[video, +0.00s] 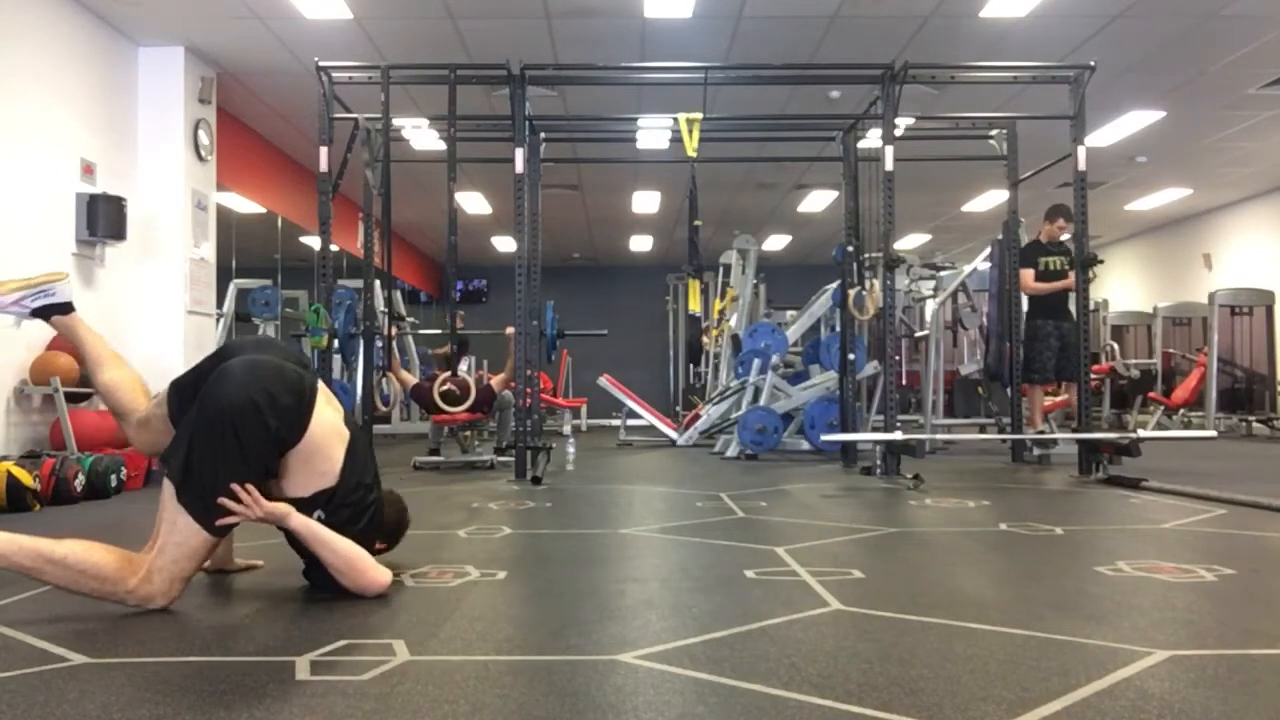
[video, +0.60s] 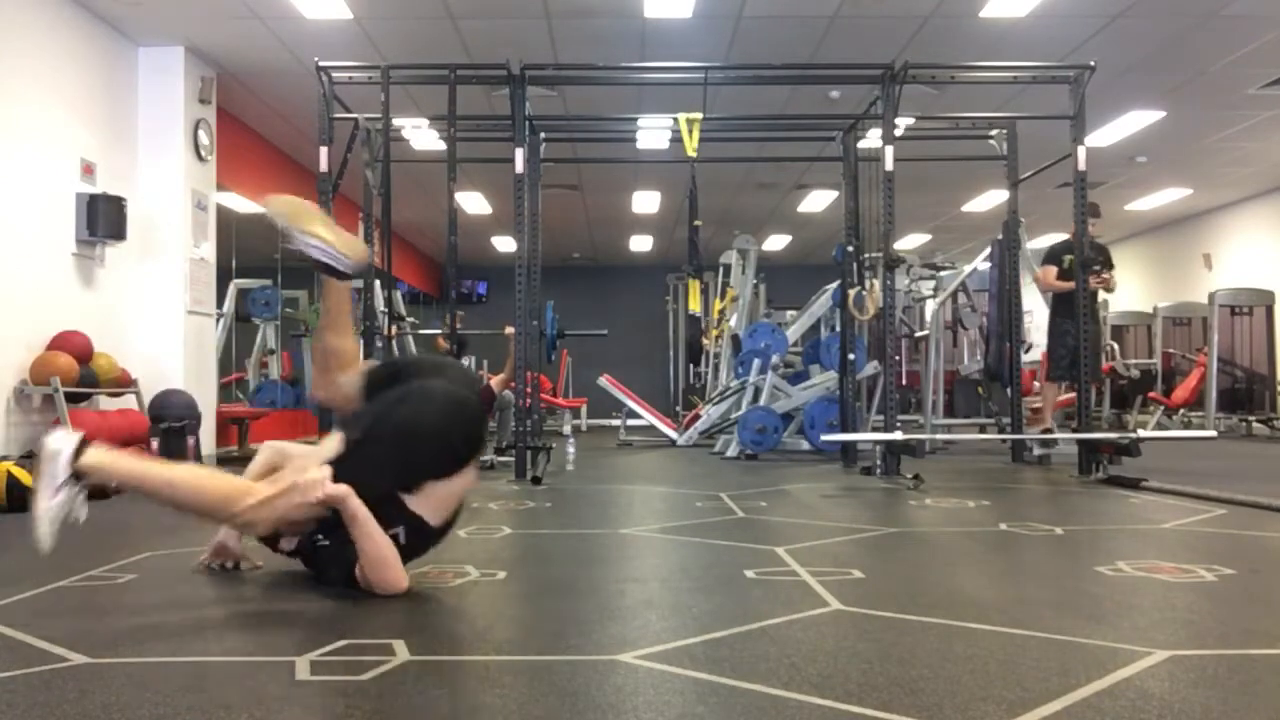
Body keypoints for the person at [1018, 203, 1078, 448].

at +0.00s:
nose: (1063, 234)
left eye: (1065, 230)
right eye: (1060, 228)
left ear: (1066, 228)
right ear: (1047, 223)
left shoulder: (1065, 251)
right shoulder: (1028, 251)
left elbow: (1073, 280)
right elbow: (1027, 286)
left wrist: (1080, 277)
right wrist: (1065, 283)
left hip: (1064, 317)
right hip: (1040, 318)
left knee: (1074, 373)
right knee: (1037, 376)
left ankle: (1077, 420)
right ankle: (1037, 425)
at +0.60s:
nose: (1091, 228)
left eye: (1094, 223)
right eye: (1087, 223)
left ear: (1097, 224)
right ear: (1076, 221)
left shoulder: (1101, 251)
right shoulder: (1058, 250)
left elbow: (1111, 285)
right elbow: (1046, 283)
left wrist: (1106, 282)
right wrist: (1080, 283)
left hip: (1090, 319)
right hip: (1063, 318)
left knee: (1088, 374)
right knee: (1055, 373)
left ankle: (1085, 422)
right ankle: (1047, 423)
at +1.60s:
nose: (1078, 222)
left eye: (1082, 217)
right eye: (1073, 217)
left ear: (1088, 220)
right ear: (1065, 220)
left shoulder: (1097, 250)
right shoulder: (1052, 251)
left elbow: (1111, 285)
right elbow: (1034, 283)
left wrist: (1100, 274)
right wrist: (1051, 297)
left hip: (1090, 320)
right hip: (1063, 321)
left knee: (1090, 376)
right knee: (1058, 376)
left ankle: (1087, 425)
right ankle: (1054, 428)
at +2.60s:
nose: (1081, 223)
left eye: (1085, 218)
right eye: (1076, 219)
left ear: (1089, 220)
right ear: (1065, 221)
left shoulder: (1091, 250)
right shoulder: (1051, 252)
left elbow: (1111, 277)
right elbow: (1038, 281)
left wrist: (1096, 255)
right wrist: (1068, 266)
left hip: (1089, 320)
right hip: (1062, 320)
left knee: (1089, 376)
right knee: (1058, 377)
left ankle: (1087, 424)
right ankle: (1054, 428)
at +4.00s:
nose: (1080, 223)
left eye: (1085, 217)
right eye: (1075, 217)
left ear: (1090, 222)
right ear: (1066, 220)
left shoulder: (1093, 248)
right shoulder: (1057, 245)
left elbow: (1128, 253)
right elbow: (1043, 253)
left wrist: (1106, 230)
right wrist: (1058, 229)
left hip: (1088, 318)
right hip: (1063, 317)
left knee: (1088, 376)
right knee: (1058, 376)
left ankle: (1086, 425)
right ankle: (1055, 427)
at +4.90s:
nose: (1080, 219)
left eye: (1083, 215)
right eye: (1076, 214)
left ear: (1087, 221)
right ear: (1066, 220)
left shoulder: (1092, 248)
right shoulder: (1056, 246)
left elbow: (1126, 244)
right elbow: (1040, 245)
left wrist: (1100, 221)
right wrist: (1057, 221)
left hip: (1086, 316)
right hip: (1061, 316)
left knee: (1087, 373)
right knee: (1058, 376)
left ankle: (1086, 424)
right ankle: (1054, 427)